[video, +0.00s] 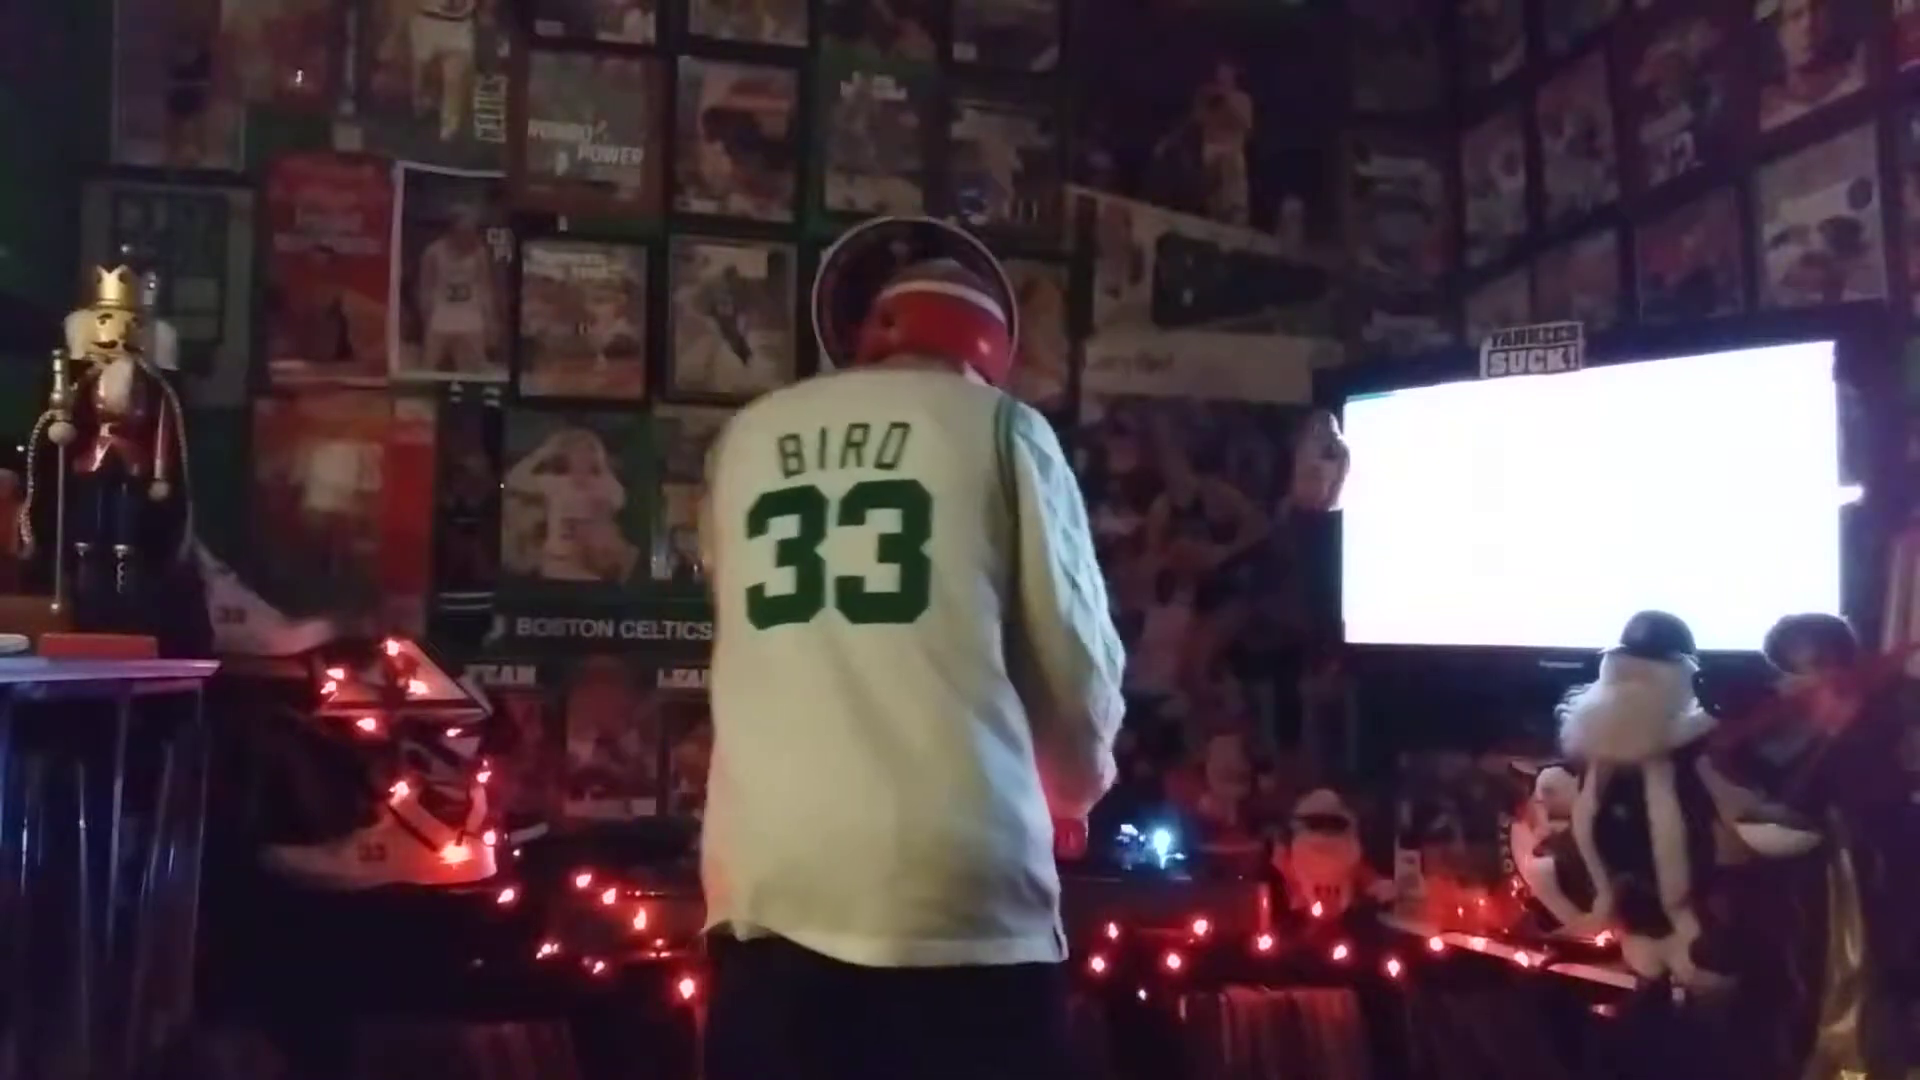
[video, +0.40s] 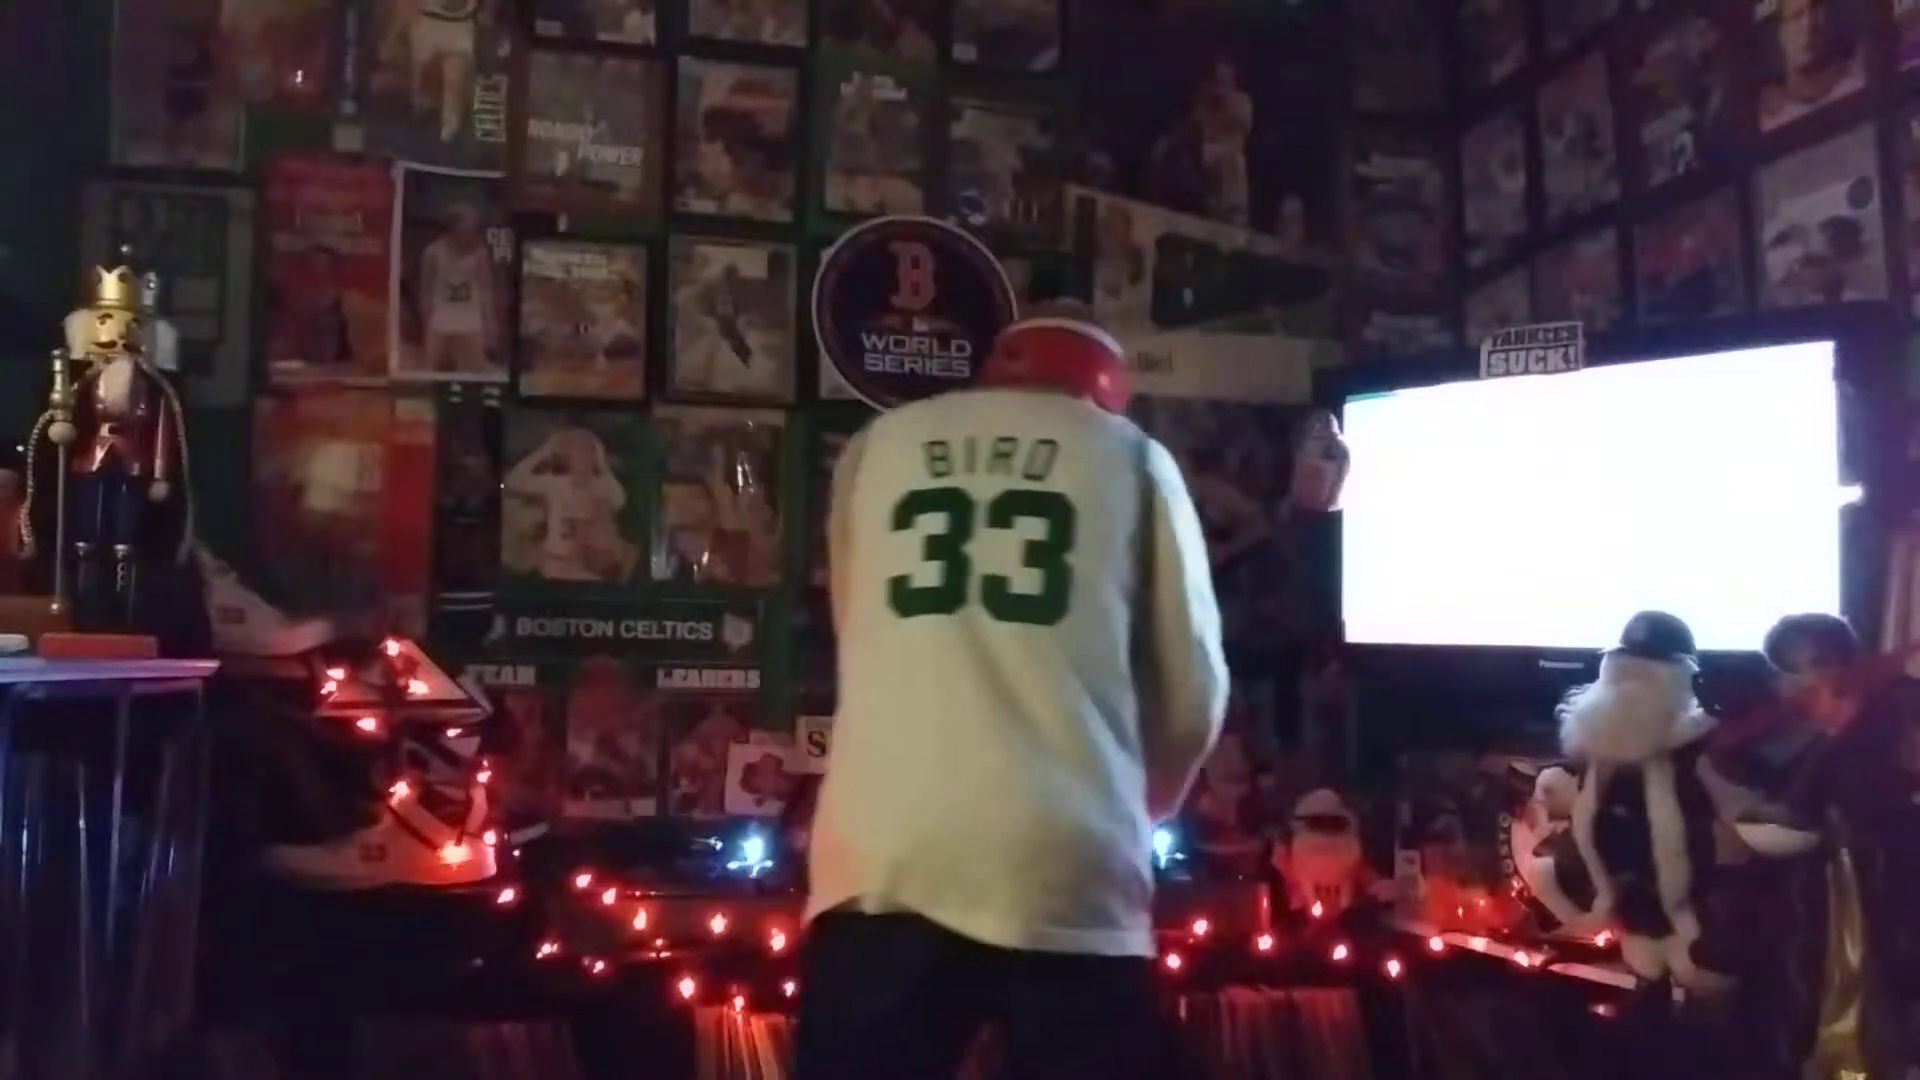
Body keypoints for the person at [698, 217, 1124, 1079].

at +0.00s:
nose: (999, 380)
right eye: (1001, 366)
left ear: (874, 330)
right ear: (989, 356)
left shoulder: (748, 434)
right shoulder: (1007, 429)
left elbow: (755, 645)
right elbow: (1079, 674)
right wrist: (1065, 802)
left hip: (772, 912)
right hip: (968, 914)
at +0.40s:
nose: (1124, 410)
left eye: (1121, 401)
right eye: (1122, 398)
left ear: (994, 369)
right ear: (1106, 389)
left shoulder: (878, 443)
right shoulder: (1134, 457)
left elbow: (857, 634)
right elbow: (1192, 699)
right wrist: (1116, 824)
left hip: (875, 871)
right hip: (1068, 878)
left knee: (851, 1065)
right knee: (1091, 1066)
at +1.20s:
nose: (1136, 382)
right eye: (1132, 368)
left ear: (1003, 354)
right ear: (1115, 366)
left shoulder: (935, 417)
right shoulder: (1191, 463)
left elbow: (866, 655)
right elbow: (1207, 698)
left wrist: (957, 764)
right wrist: (1105, 776)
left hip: (970, 842)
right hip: (1146, 865)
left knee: (932, 1066)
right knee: (1137, 1066)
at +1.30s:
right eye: (1096, 358)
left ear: (975, 350)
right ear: (1082, 358)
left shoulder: (921, 418)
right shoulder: (1174, 458)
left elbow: (843, 643)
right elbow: (1201, 699)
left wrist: (932, 758)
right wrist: (1118, 792)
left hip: (955, 844)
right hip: (1134, 863)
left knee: (927, 1068)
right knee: (1129, 1068)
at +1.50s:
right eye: (1053, 353)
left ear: (919, 357)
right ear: (1034, 357)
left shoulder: (871, 423)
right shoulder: (1127, 452)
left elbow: (803, 651)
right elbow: (1160, 690)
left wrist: (882, 753)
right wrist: (1095, 795)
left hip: (912, 856)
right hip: (1094, 865)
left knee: (892, 1067)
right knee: (1104, 1068)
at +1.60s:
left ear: (880, 344)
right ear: (1006, 346)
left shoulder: (840, 425)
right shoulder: (1099, 451)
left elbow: (779, 662)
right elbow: (1133, 688)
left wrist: (875, 761)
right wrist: (1067, 794)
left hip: (890, 852)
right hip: (1070, 859)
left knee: (865, 1069)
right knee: (1088, 1071)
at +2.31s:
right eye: (877, 341)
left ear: (756, 354)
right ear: (876, 350)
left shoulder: (711, 434)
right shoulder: (972, 439)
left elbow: (649, 687)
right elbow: (1029, 687)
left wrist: (772, 734)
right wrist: (975, 793)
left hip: (792, 890)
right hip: (981, 888)